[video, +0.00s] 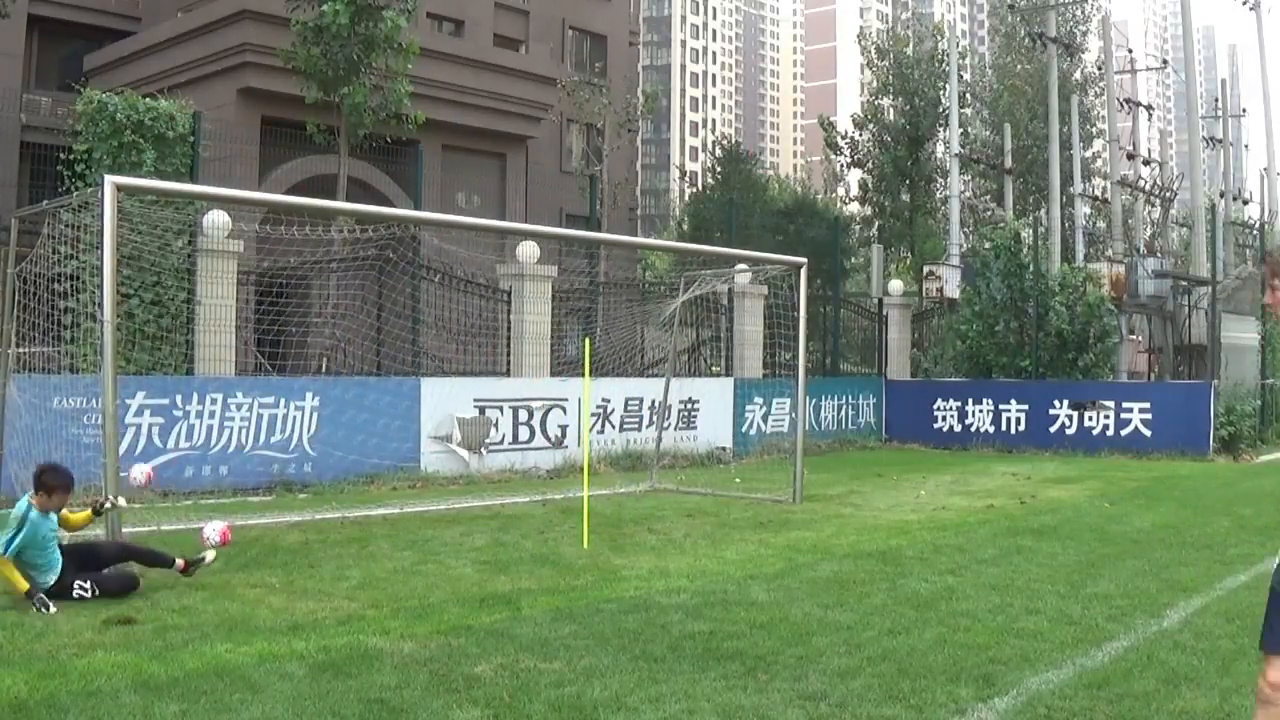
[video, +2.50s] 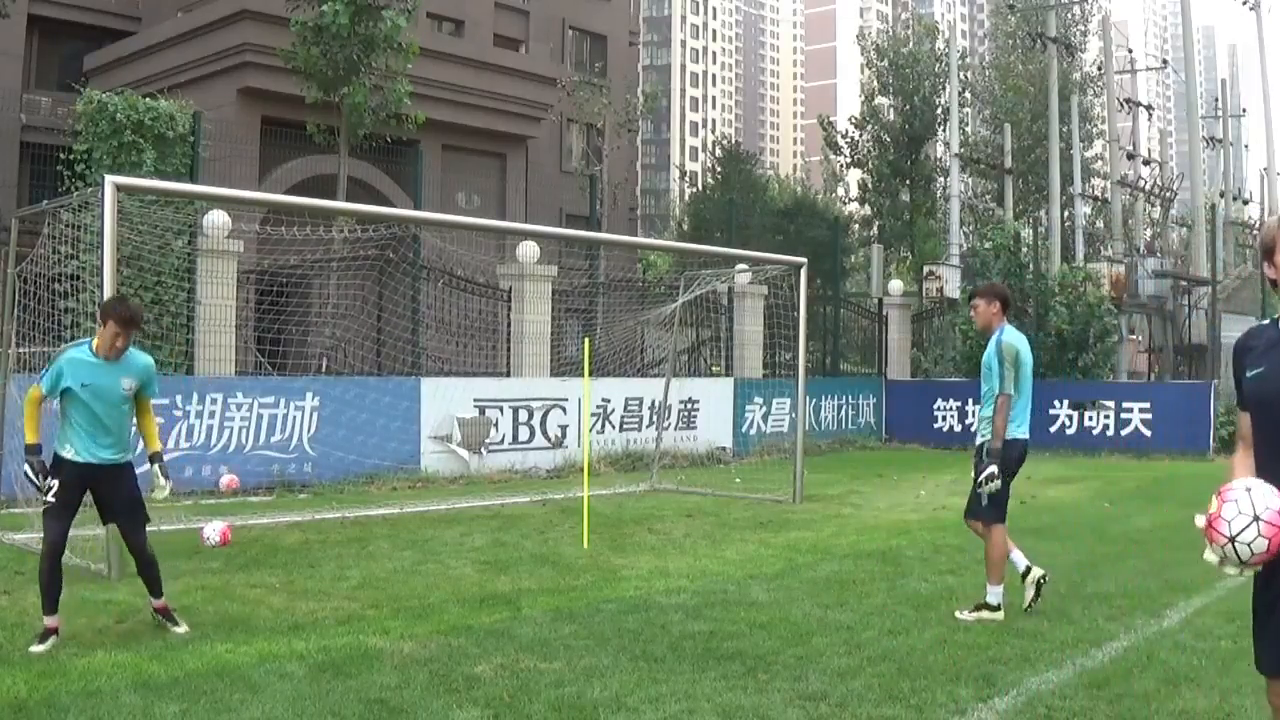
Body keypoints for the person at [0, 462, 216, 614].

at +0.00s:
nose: (65, 503)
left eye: (66, 498)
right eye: (63, 499)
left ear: (47, 493)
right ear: (44, 495)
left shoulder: (43, 504)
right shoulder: (21, 520)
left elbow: (70, 522)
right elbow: (3, 560)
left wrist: (94, 511)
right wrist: (31, 593)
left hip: (60, 556)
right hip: (54, 583)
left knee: (123, 548)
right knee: (130, 581)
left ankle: (183, 565)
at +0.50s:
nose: (129, 515)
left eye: (132, 510)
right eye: (124, 510)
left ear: (138, 493)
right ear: (108, 497)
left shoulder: (135, 464)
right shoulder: (87, 503)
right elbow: (62, 549)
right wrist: (47, 595)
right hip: (92, 519)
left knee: (160, 525)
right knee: (122, 588)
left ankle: (138, 593)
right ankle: (90, 581)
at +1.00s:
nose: (165, 457)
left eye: (170, 455)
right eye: (162, 453)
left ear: (185, 441)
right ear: (154, 435)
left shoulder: (190, 429)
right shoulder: (128, 432)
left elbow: (190, 447)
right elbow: (90, 458)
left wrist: (187, 470)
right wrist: (69, 487)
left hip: (153, 460)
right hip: (116, 457)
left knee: (162, 525)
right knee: (96, 512)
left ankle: (141, 591)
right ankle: (97, 559)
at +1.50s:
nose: (187, 427)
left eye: (193, 425)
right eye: (185, 421)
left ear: (204, 413)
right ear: (176, 399)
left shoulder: (200, 411)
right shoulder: (141, 398)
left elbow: (193, 441)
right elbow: (86, 414)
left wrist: (182, 475)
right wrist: (66, 458)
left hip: (166, 460)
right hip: (125, 453)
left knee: (175, 529)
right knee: (107, 523)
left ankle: (167, 609)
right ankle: (117, 584)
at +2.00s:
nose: (190, 429)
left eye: (195, 427)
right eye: (190, 423)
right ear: (181, 403)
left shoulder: (191, 398)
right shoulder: (144, 405)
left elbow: (184, 431)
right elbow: (98, 444)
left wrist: (182, 457)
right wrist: (114, 491)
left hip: (161, 462)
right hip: (126, 464)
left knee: (170, 532)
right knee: (135, 538)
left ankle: (165, 609)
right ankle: (144, 600)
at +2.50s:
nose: (122, 343)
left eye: (128, 336)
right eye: (117, 334)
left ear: (134, 334)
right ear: (101, 325)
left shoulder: (142, 366)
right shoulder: (70, 360)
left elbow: (145, 412)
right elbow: (33, 399)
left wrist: (157, 459)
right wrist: (33, 454)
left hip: (116, 468)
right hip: (69, 465)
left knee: (139, 545)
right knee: (52, 545)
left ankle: (160, 606)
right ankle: (50, 627)